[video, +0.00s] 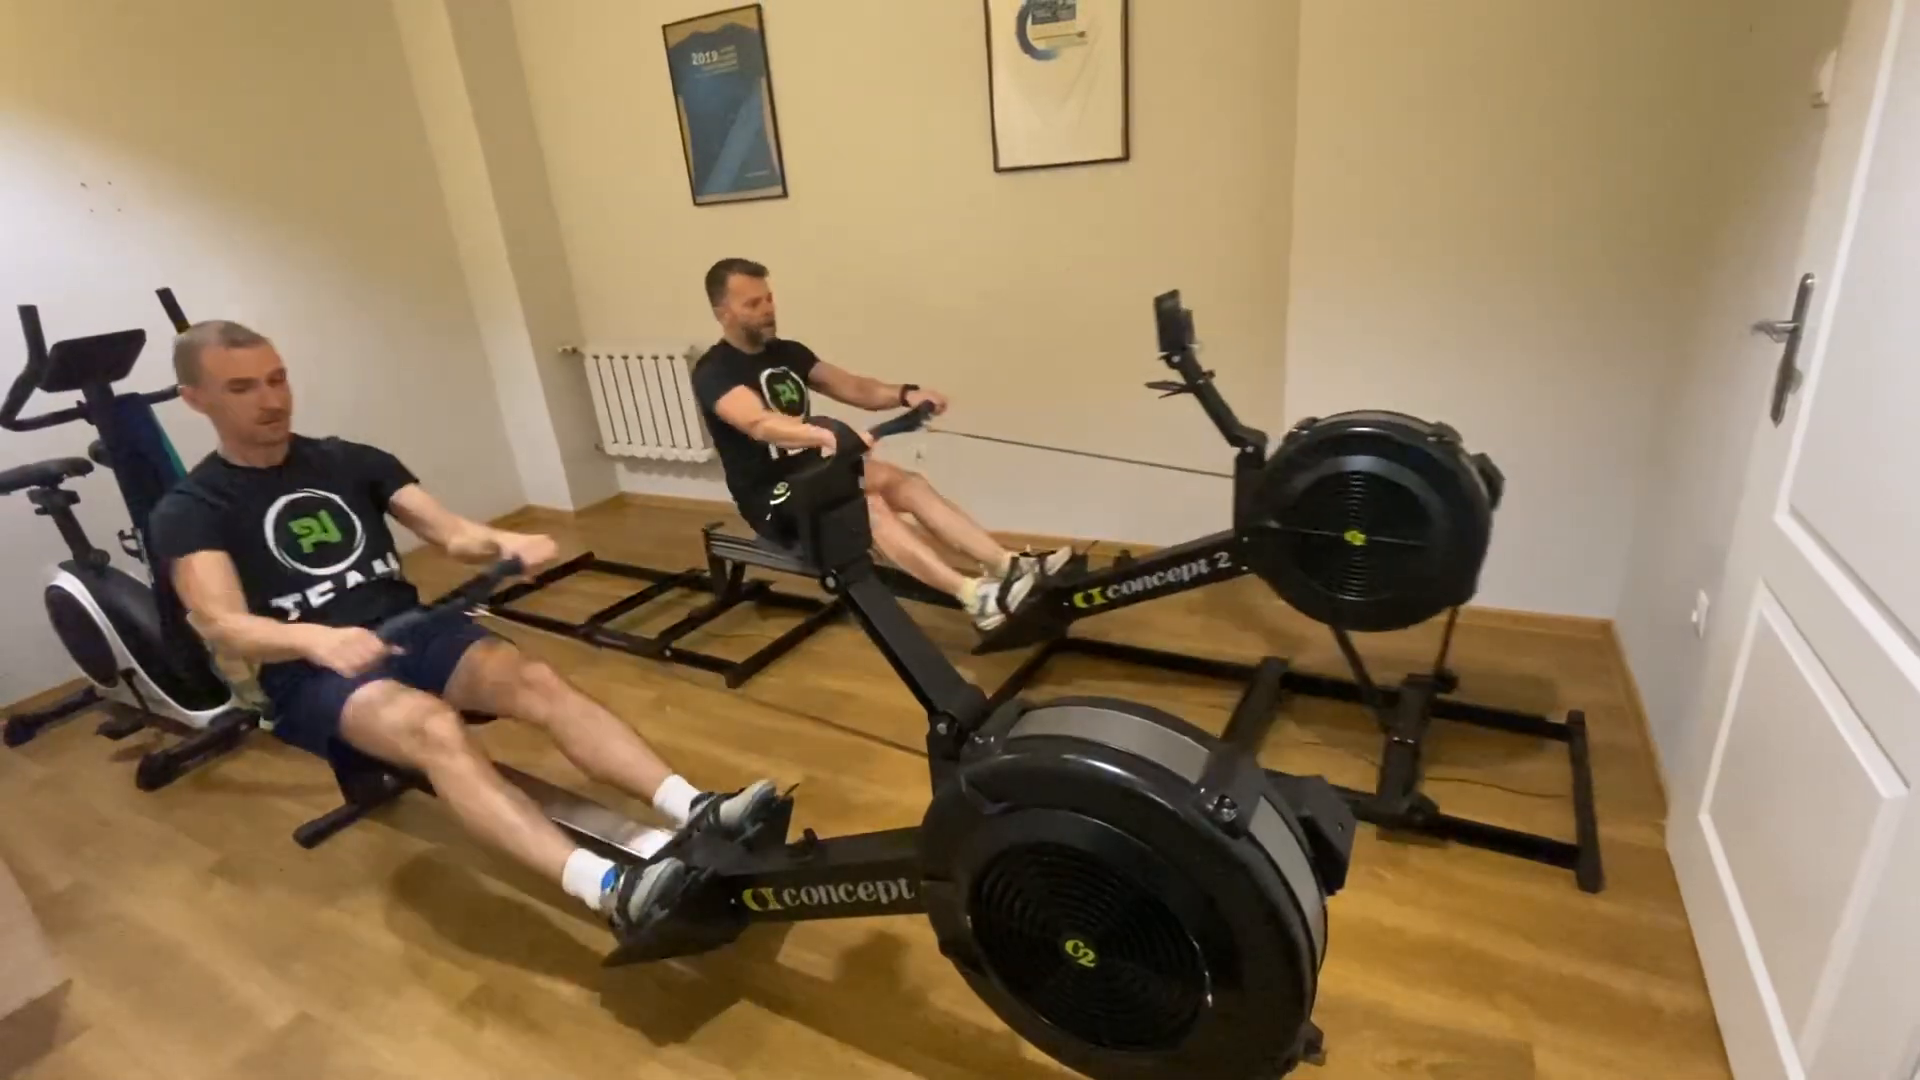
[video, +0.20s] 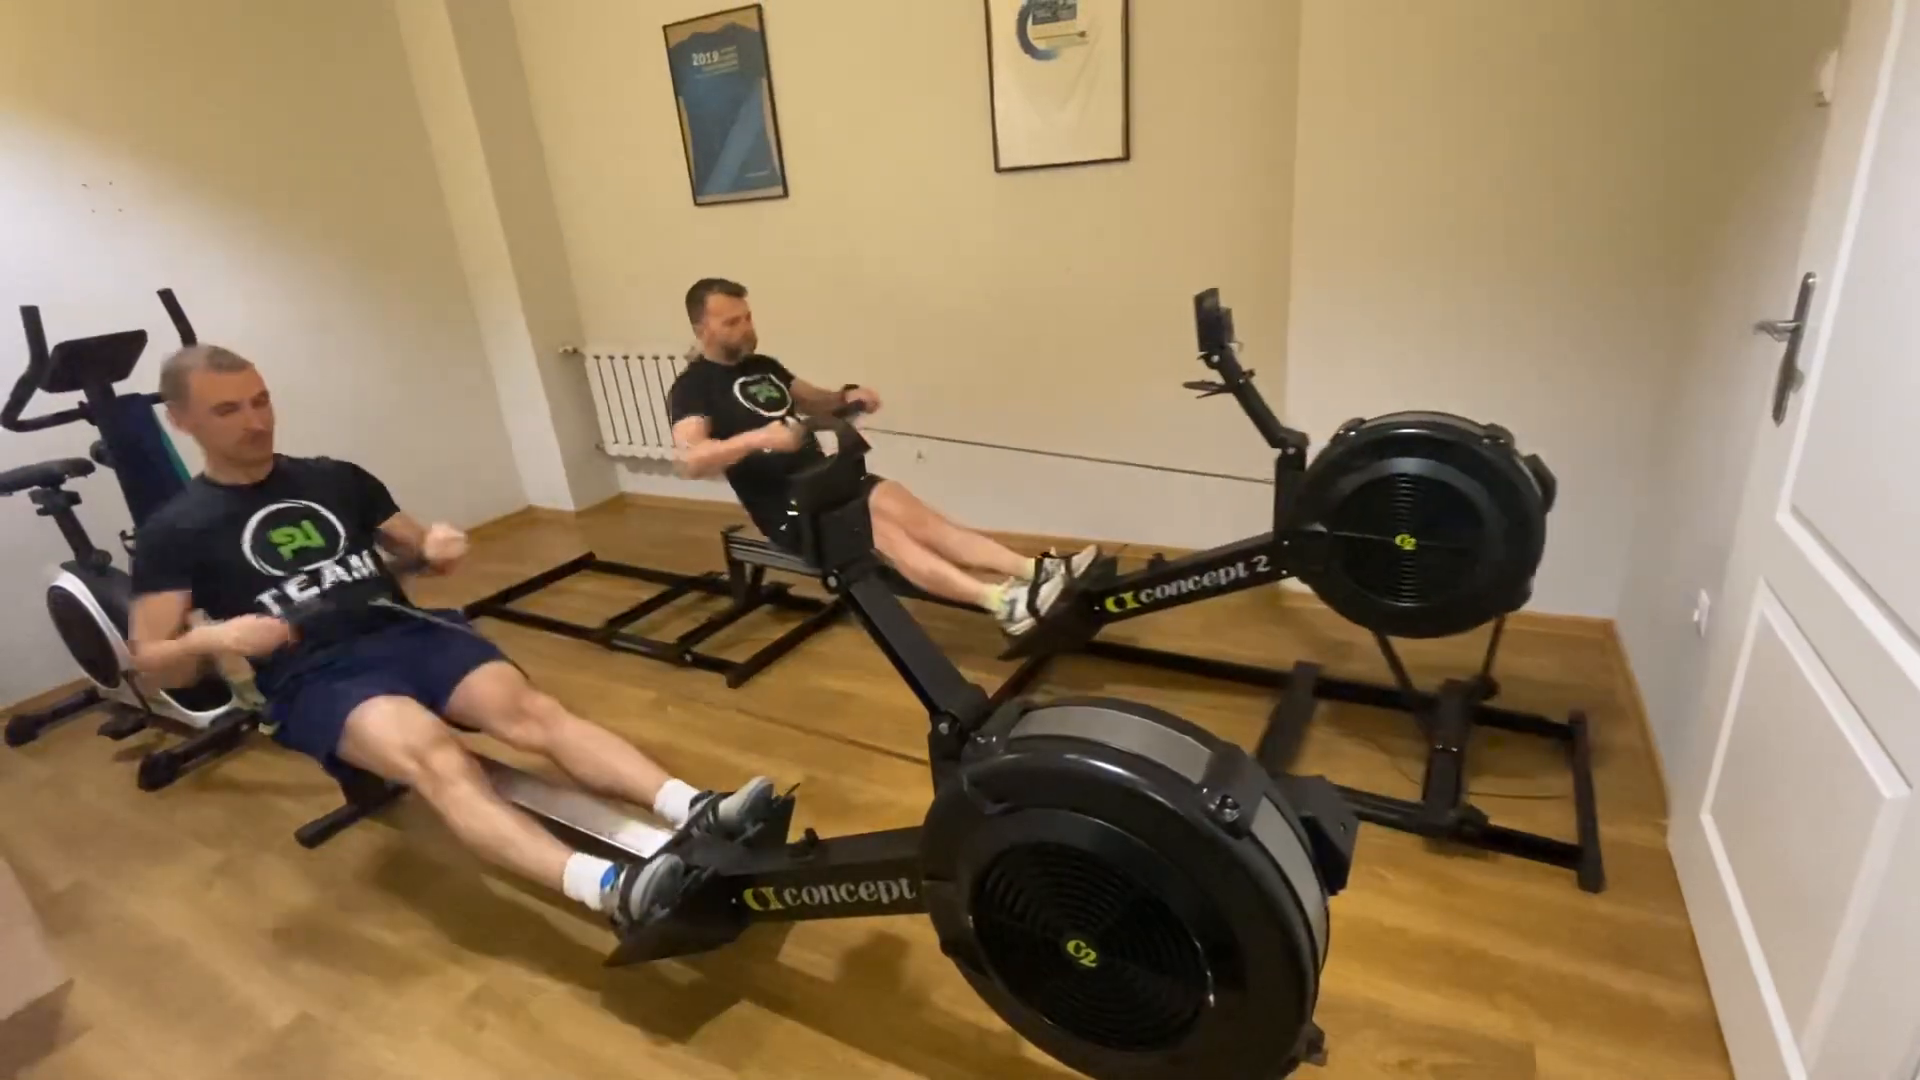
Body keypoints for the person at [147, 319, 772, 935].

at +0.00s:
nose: (270, 399)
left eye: (275, 379)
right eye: (243, 389)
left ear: (287, 372)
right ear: (196, 400)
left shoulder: (349, 462)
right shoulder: (190, 511)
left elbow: (449, 531)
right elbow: (224, 625)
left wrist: (505, 543)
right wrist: (314, 639)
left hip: (403, 626)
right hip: (308, 668)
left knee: (532, 679)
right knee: (432, 727)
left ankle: (697, 812)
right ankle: (608, 889)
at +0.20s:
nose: (253, 421)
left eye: (258, 401)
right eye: (228, 412)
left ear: (271, 394)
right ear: (185, 426)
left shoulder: (333, 479)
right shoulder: (173, 532)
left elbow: (414, 543)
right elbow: (149, 655)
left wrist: (435, 544)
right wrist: (213, 638)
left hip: (400, 627)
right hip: (312, 669)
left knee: (526, 709)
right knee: (436, 756)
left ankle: (697, 812)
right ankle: (612, 892)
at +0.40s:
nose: (255, 430)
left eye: (259, 410)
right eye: (230, 421)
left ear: (269, 404)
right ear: (185, 434)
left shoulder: (328, 485)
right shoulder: (172, 536)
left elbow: (388, 576)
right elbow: (133, 662)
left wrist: (407, 548)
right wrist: (173, 620)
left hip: (402, 630)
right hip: (319, 671)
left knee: (519, 702)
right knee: (435, 752)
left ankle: (697, 812)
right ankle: (616, 889)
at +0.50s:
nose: (268, 418)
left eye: (269, 401)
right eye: (244, 410)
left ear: (275, 400)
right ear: (190, 429)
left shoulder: (332, 483)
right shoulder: (174, 534)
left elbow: (392, 550)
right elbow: (136, 660)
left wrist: (418, 546)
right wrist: (191, 630)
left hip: (399, 629)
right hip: (315, 672)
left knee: (520, 700)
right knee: (437, 749)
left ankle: (697, 812)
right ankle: (614, 888)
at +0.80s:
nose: (332, 394)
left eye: (325, 377)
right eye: (309, 386)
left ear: (263, 402)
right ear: (247, 408)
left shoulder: (358, 470)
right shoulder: (204, 513)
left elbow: (462, 543)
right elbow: (180, 657)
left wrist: (516, 574)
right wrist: (295, 682)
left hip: (418, 641)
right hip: (329, 680)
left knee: (536, 680)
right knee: (441, 728)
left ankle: (692, 810)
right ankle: (610, 888)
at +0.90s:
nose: (360, 392)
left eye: (353, 376)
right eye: (338, 383)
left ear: (283, 402)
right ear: (276, 404)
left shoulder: (376, 468)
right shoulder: (224, 512)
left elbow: (485, 539)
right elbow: (220, 655)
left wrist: (556, 584)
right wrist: (336, 696)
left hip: (429, 642)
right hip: (337, 682)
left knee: (544, 659)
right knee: (445, 719)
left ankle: (695, 814)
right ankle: (612, 887)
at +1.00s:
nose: (381, 395)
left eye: (374, 378)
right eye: (359, 384)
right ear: (297, 406)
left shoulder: (399, 471)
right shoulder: (241, 513)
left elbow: (509, 540)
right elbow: (246, 658)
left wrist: (581, 590)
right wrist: (360, 705)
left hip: (437, 639)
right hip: (346, 679)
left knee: (562, 650)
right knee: (448, 720)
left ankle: (694, 813)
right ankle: (614, 890)